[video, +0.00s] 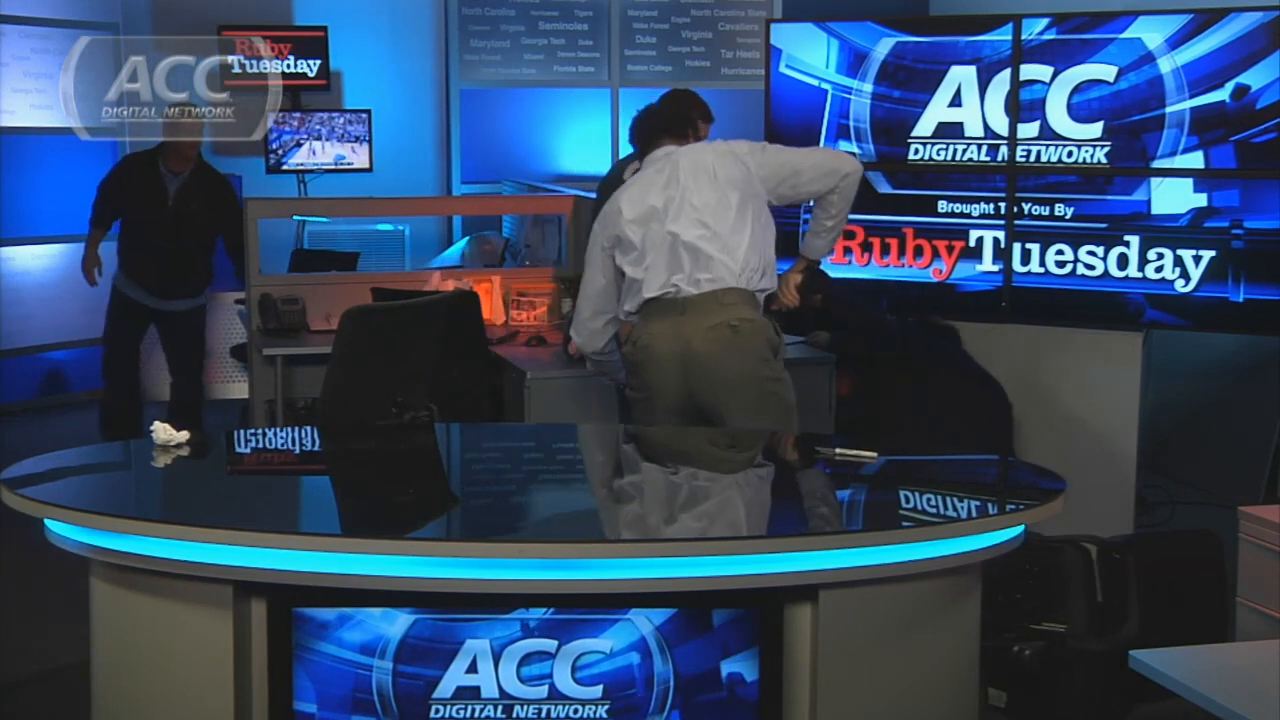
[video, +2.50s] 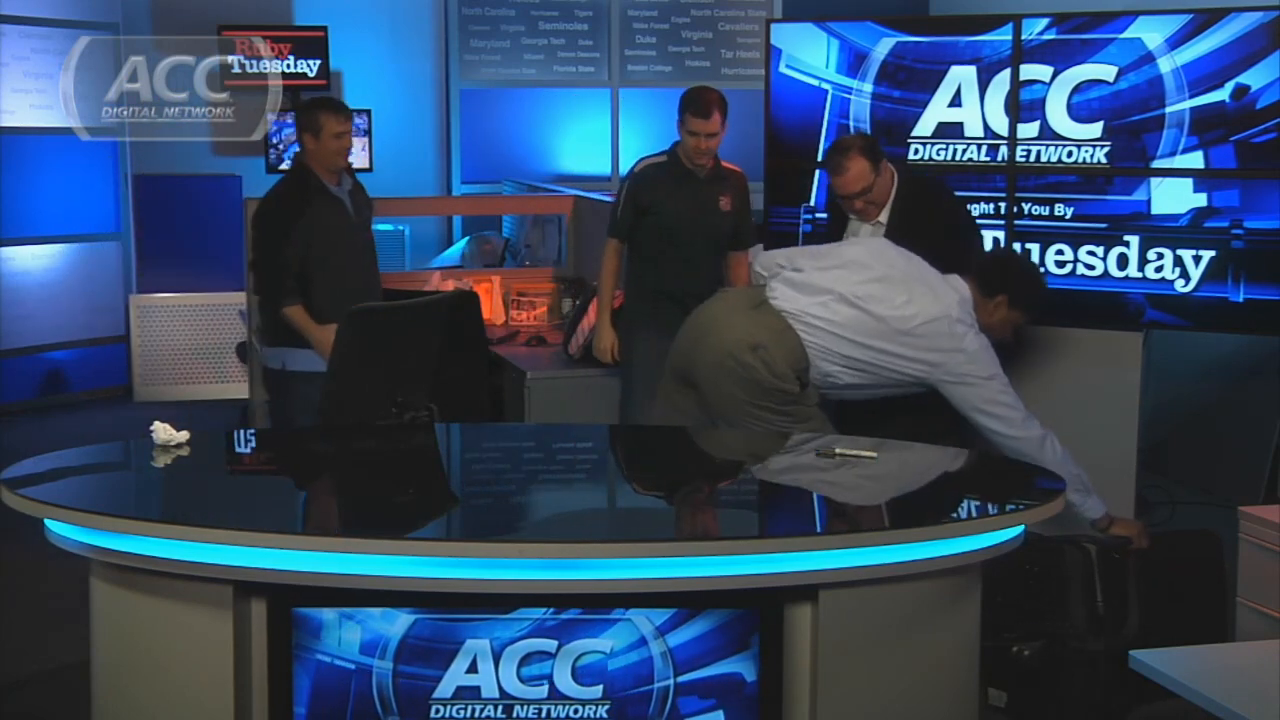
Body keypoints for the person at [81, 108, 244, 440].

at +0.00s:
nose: (189, 142)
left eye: (194, 134)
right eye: (181, 133)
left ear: (201, 137)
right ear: (166, 134)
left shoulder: (215, 185)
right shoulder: (133, 169)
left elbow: (239, 243)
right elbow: (106, 207)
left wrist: (256, 286)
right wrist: (91, 249)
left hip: (186, 298)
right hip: (132, 292)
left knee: (188, 379)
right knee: (118, 370)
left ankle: (187, 454)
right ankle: (120, 448)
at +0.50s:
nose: (151, 133)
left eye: (155, 124)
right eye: (142, 126)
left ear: (165, 128)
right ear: (128, 131)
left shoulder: (190, 175)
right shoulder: (100, 177)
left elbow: (212, 225)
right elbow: (75, 228)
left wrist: (212, 272)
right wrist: (65, 278)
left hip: (177, 305)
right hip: (120, 305)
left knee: (186, 388)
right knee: (117, 390)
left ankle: (190, 465)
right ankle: (120, 465)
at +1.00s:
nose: (186, 130)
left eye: (189, 122)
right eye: (176, 122)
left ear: (198, 130)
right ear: (158, 129)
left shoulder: (219, 186)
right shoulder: (124, 179)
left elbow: (237, 243)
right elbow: (94, 233)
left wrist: (239, 288)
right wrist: (87, 286)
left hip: (190, 322)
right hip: (130, 317)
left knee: (188, 414)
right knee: (121, 410)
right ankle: (120, 487)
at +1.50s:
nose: (197, 132)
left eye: (198, 122)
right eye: (186, 125)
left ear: (206, 129)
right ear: (164, 134)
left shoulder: (229, 184)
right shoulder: (138, 194)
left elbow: (249, 247)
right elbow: (126, 266)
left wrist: (255, 295)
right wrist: (151, 311)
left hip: (225, 333)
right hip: (160, 335)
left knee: (237, 430)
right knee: (150, 435)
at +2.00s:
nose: (281, 135)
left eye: (281, 126)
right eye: (271, 128)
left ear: (281, 130)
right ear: (245, 135)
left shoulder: (296, 188)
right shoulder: (212, 191)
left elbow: (311, 253)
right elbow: (207, 265)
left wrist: (325, 304)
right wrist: (251, 298)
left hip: (290, 340)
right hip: (234, 340)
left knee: (289, 439)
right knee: (244, 439)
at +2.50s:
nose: (349, 144)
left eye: (350, 135)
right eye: (339, 136)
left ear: (352, 135)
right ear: (308, 141)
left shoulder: (355, 193)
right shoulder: (280, 203)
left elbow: (360, 267)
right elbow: (277, 289)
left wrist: (369, 325)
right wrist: (317, 335)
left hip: (354, 352)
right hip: (300, 361)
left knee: (357, 459)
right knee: (306, 460)